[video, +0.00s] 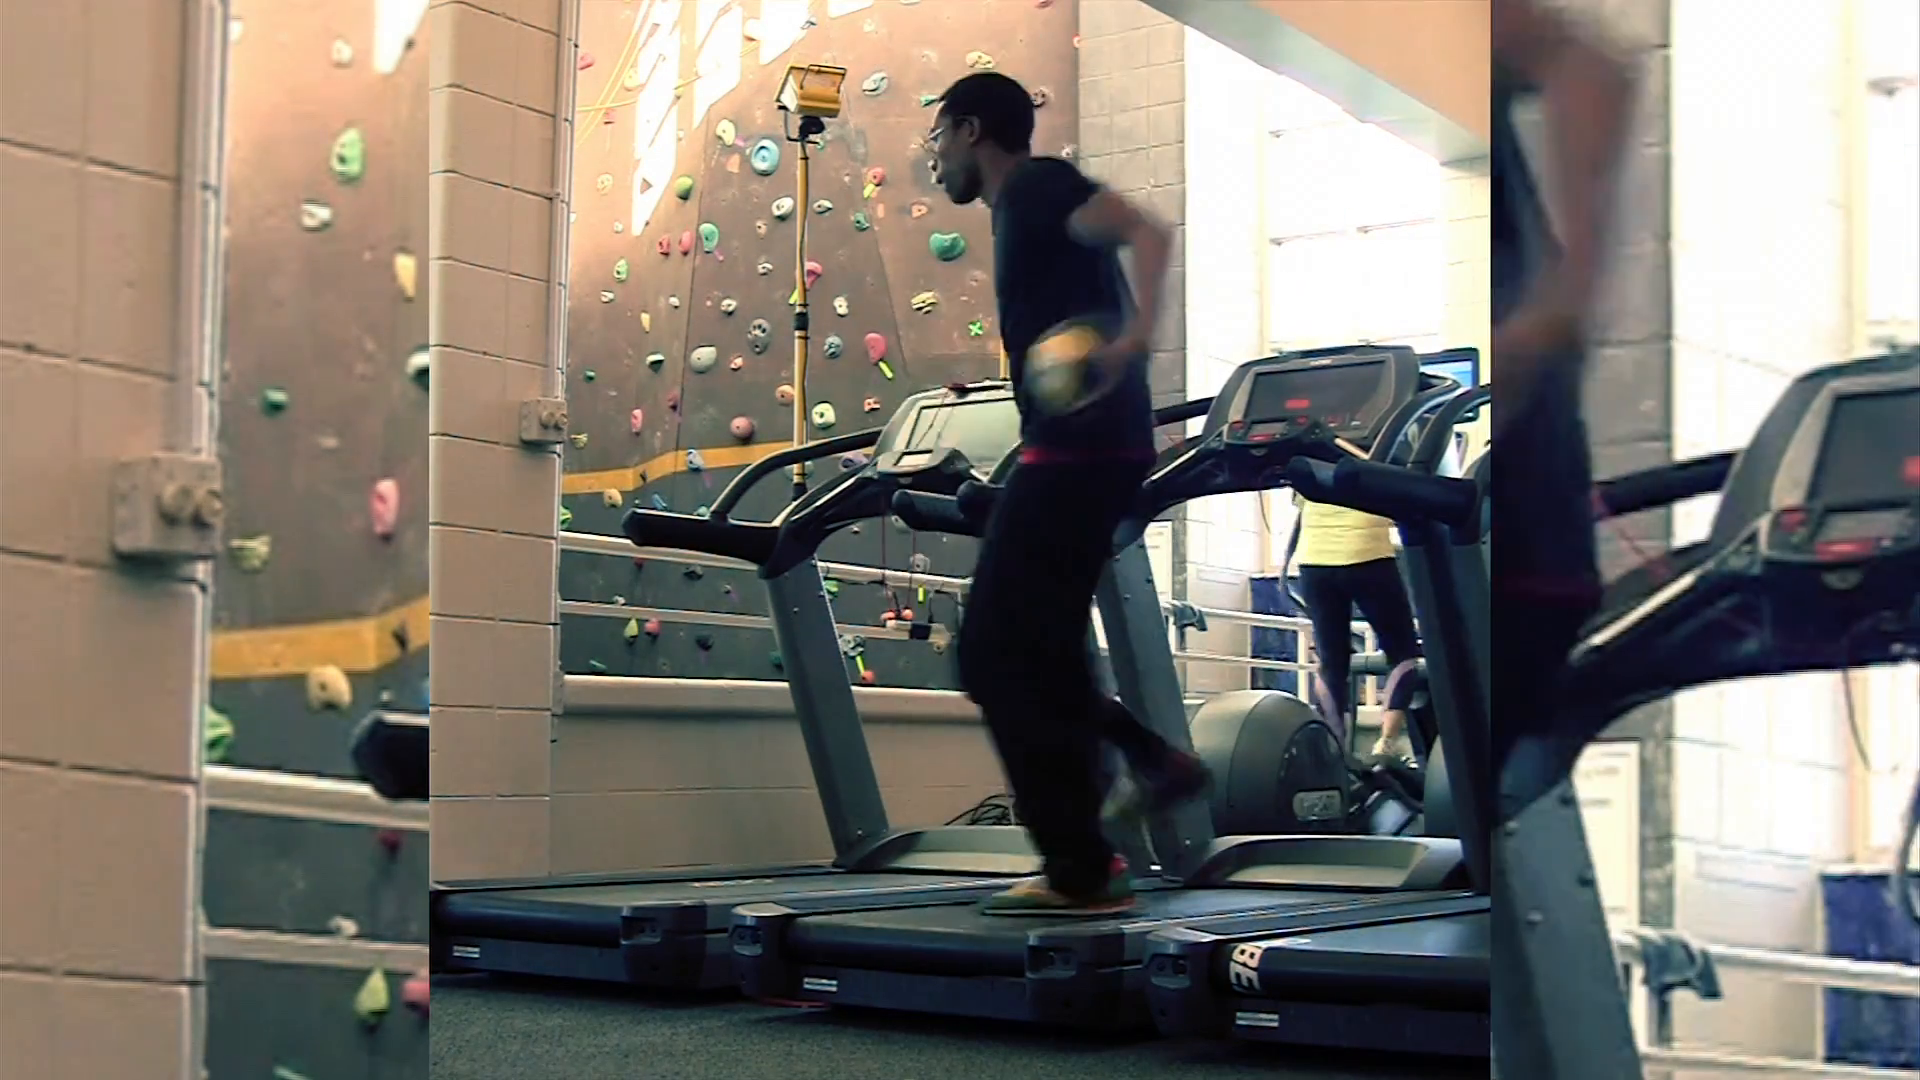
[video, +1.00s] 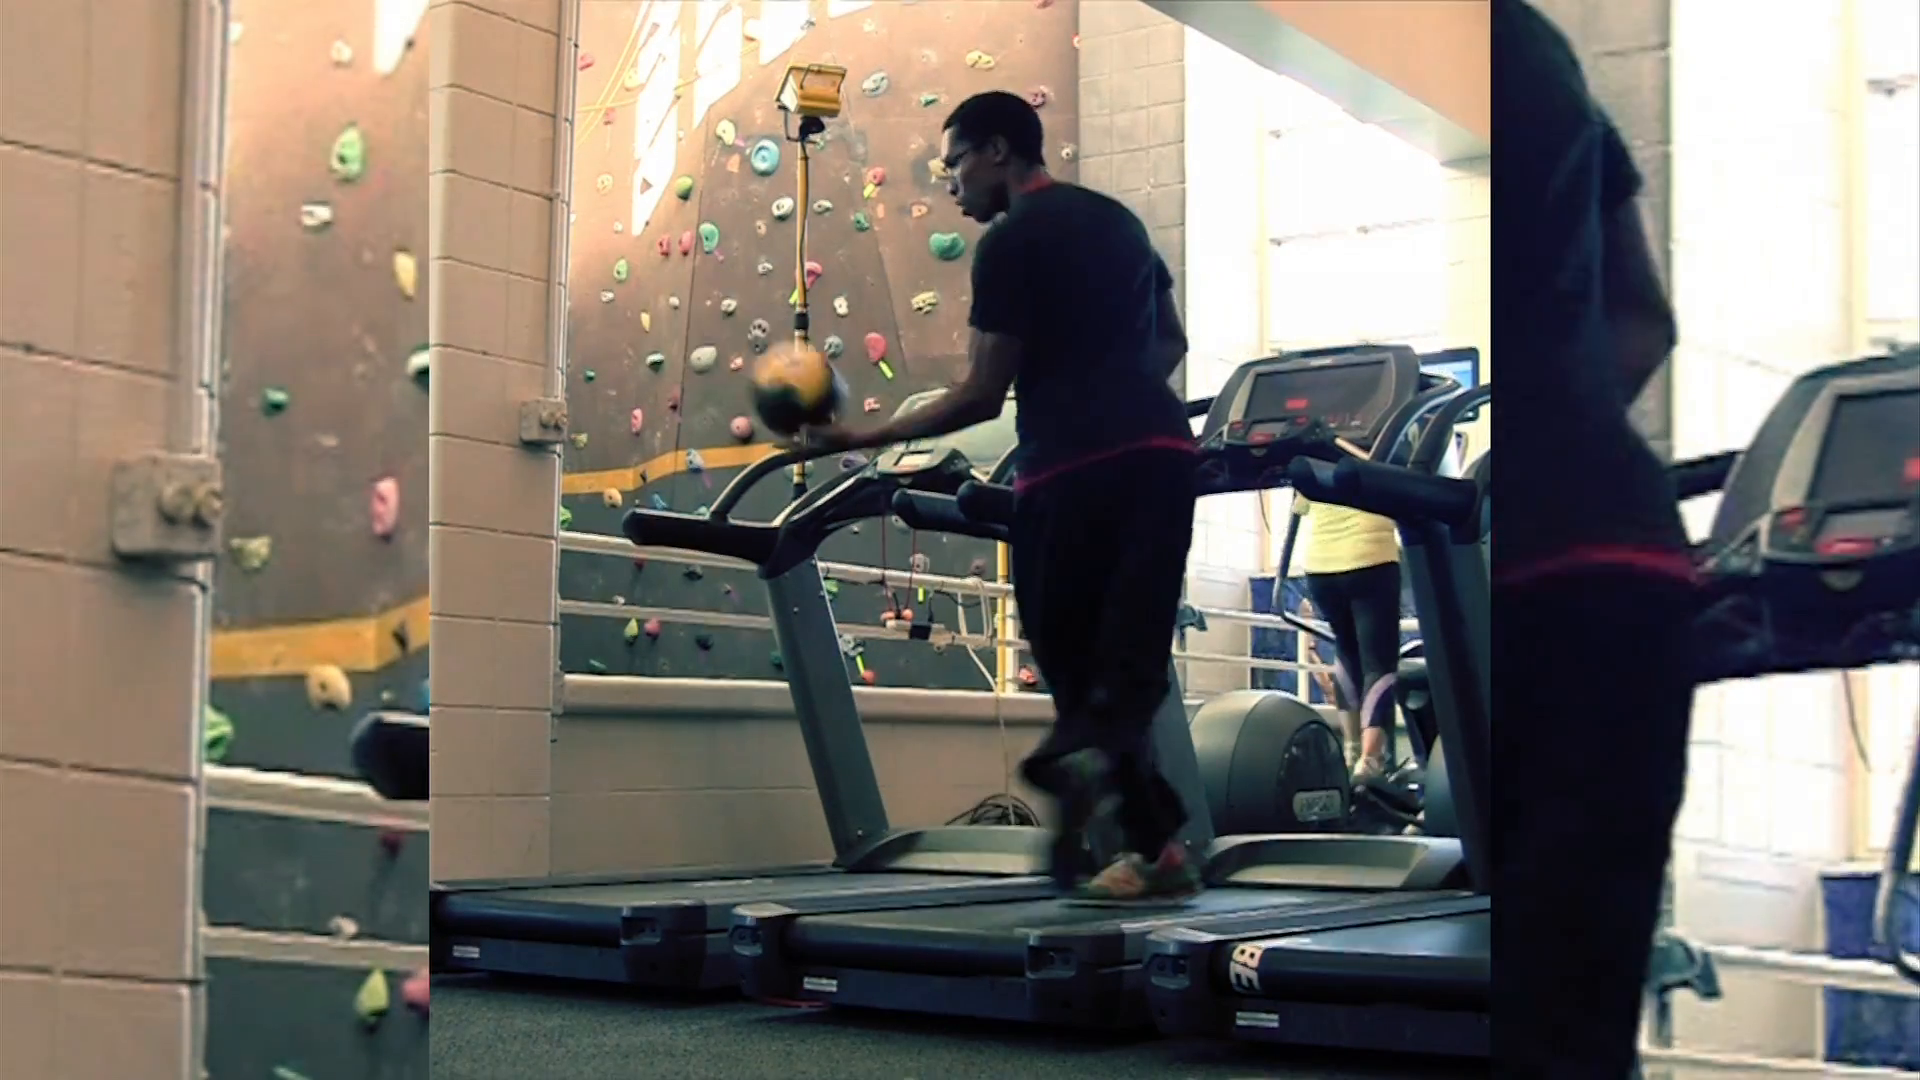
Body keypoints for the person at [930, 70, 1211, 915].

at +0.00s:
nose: (933, 155)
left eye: (939, 136)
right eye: (934, 138)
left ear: (975, 133)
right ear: (993, 134)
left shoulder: (1038, 185)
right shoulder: (1026, 203)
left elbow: (1152, 231)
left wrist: (1136, 334)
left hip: (1078, 457)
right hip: (1075, 455)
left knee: (994, 654)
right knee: (1029, 654)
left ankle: (1078, 871)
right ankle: (1162, 765)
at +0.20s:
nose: (941, 140)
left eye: (947, 124)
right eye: (943, 125)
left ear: (977, 121)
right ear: (1027, 120)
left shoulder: (980, 202)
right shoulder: (1118, 186)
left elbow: (911, 346)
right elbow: (1196, 299)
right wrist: (1170, 399)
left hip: (1045, 445)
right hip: (1141, 438)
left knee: (996, 621)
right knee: (1155, 641)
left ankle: (972, 817)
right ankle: (1167, 841)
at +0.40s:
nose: (964, 179)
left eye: (968, 163)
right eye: (964, 166)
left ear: (997, 156)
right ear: (1050, 157)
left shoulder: (977, 241)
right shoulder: (1128, 220)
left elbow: (863, 348)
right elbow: (1236, 313)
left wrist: (745, 386)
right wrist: (1207, 419)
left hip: (1051, 483)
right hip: (1146, 477)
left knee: (1041, 656)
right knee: (1147, 673)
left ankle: (991, 783)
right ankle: (1086, 859)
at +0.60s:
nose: (958, 179)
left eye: (963, 163)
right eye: (958, 165)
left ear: (997, 157)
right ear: (1042, 162)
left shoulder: (978, 241)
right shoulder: (1124, 224)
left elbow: (904, 370)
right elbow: (1229, 324)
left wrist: (795, 396)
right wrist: (1183, 410)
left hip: (1045, 469)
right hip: (1136, 465)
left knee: (1059, 653)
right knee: (1119, 677)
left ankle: (1025, 782)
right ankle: (1035, 848)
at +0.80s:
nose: (946, 180)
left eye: (951, 160)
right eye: (943, 163)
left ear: (992, 149)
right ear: (1028, 150)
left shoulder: (993, 232)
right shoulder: (1117, 212)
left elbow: (964, 374)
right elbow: (1189, 321)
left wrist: (857, 390)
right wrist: (1136, 391)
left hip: (1057, 452)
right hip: (1152, 444)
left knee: (1074, 644)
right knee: (1094, 646)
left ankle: (1120, 830)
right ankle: (1003, 828)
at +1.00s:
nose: (949, 183)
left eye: (955, 163)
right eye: (946, 167)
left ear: (999, 153)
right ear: (1026, 155)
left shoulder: (1009, 240)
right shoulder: (1117, 220)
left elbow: (983, 396)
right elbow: (1171, 343)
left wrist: (859, 433)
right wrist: (1101, 405)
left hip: (1065, 477)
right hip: (1160, 463)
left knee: (1075, 671)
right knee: (1139, 653)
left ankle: (1160, 849)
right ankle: (1083, 761)